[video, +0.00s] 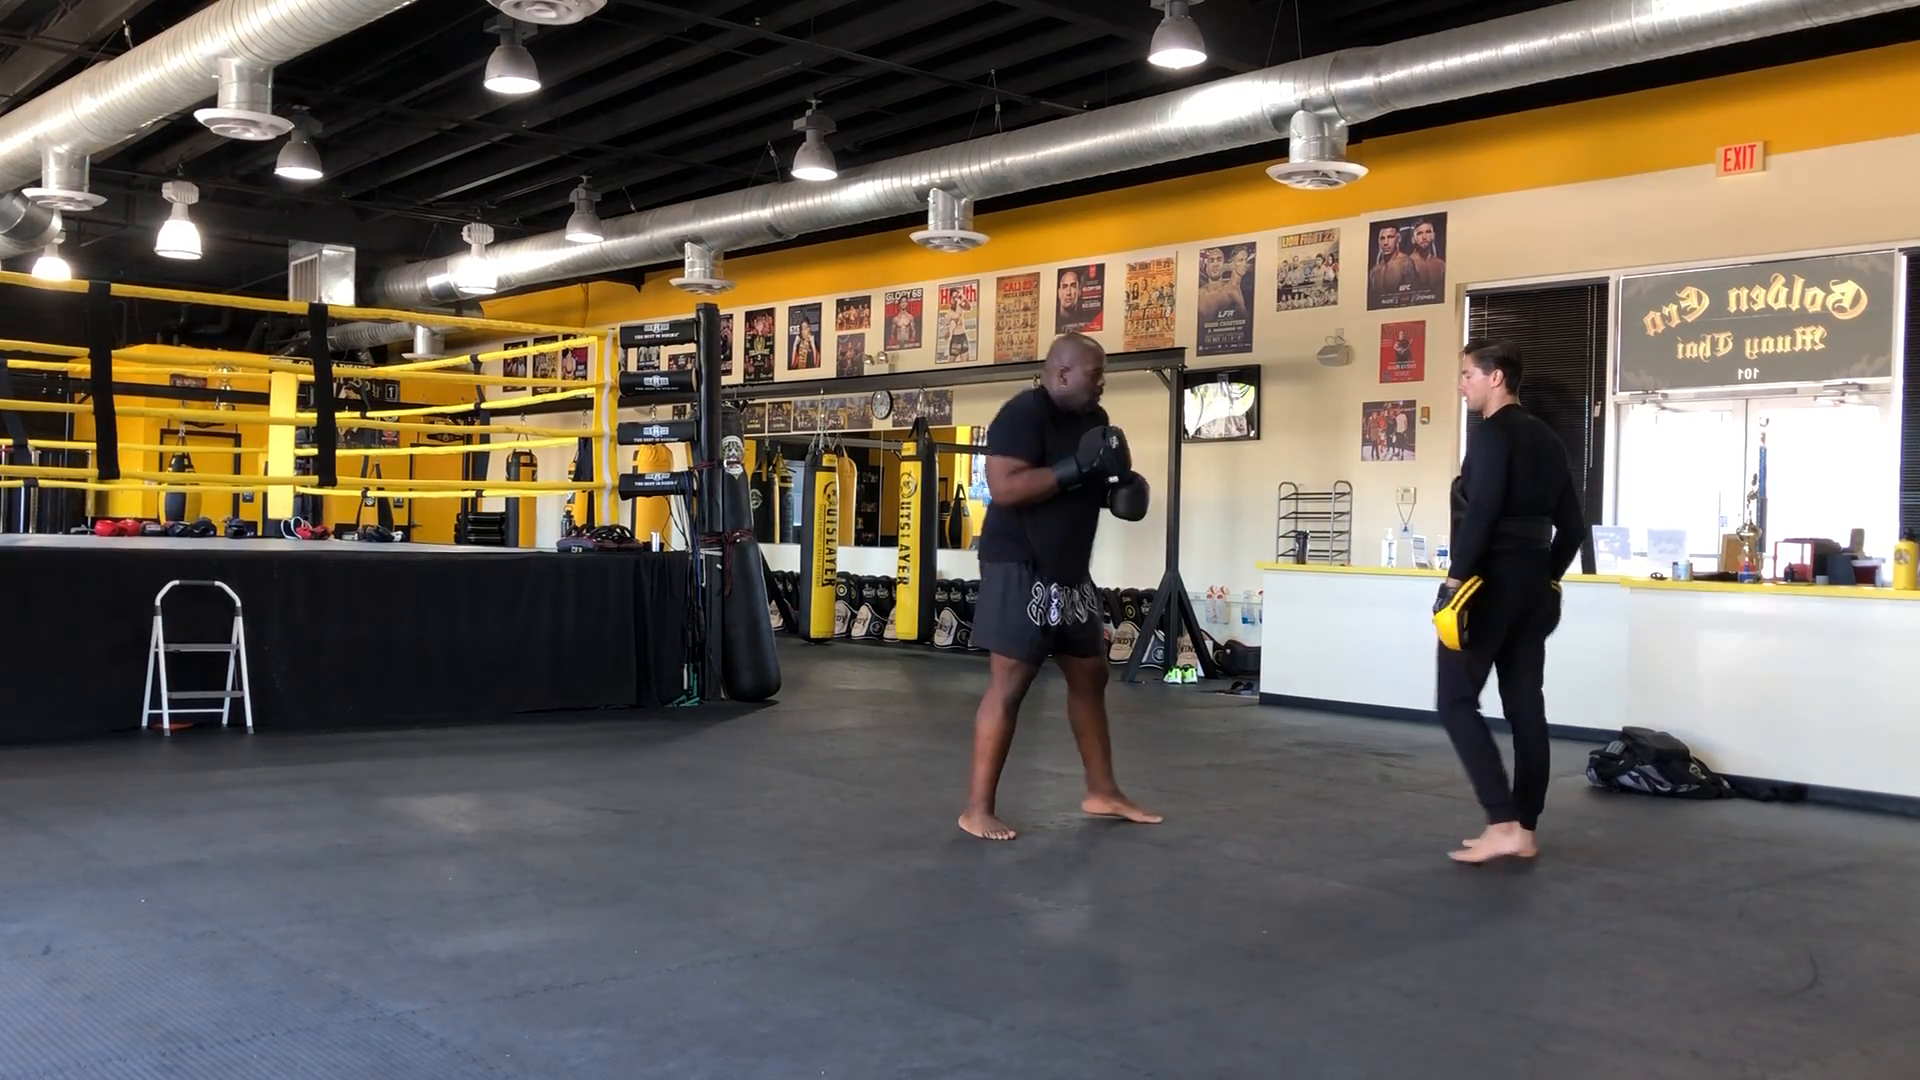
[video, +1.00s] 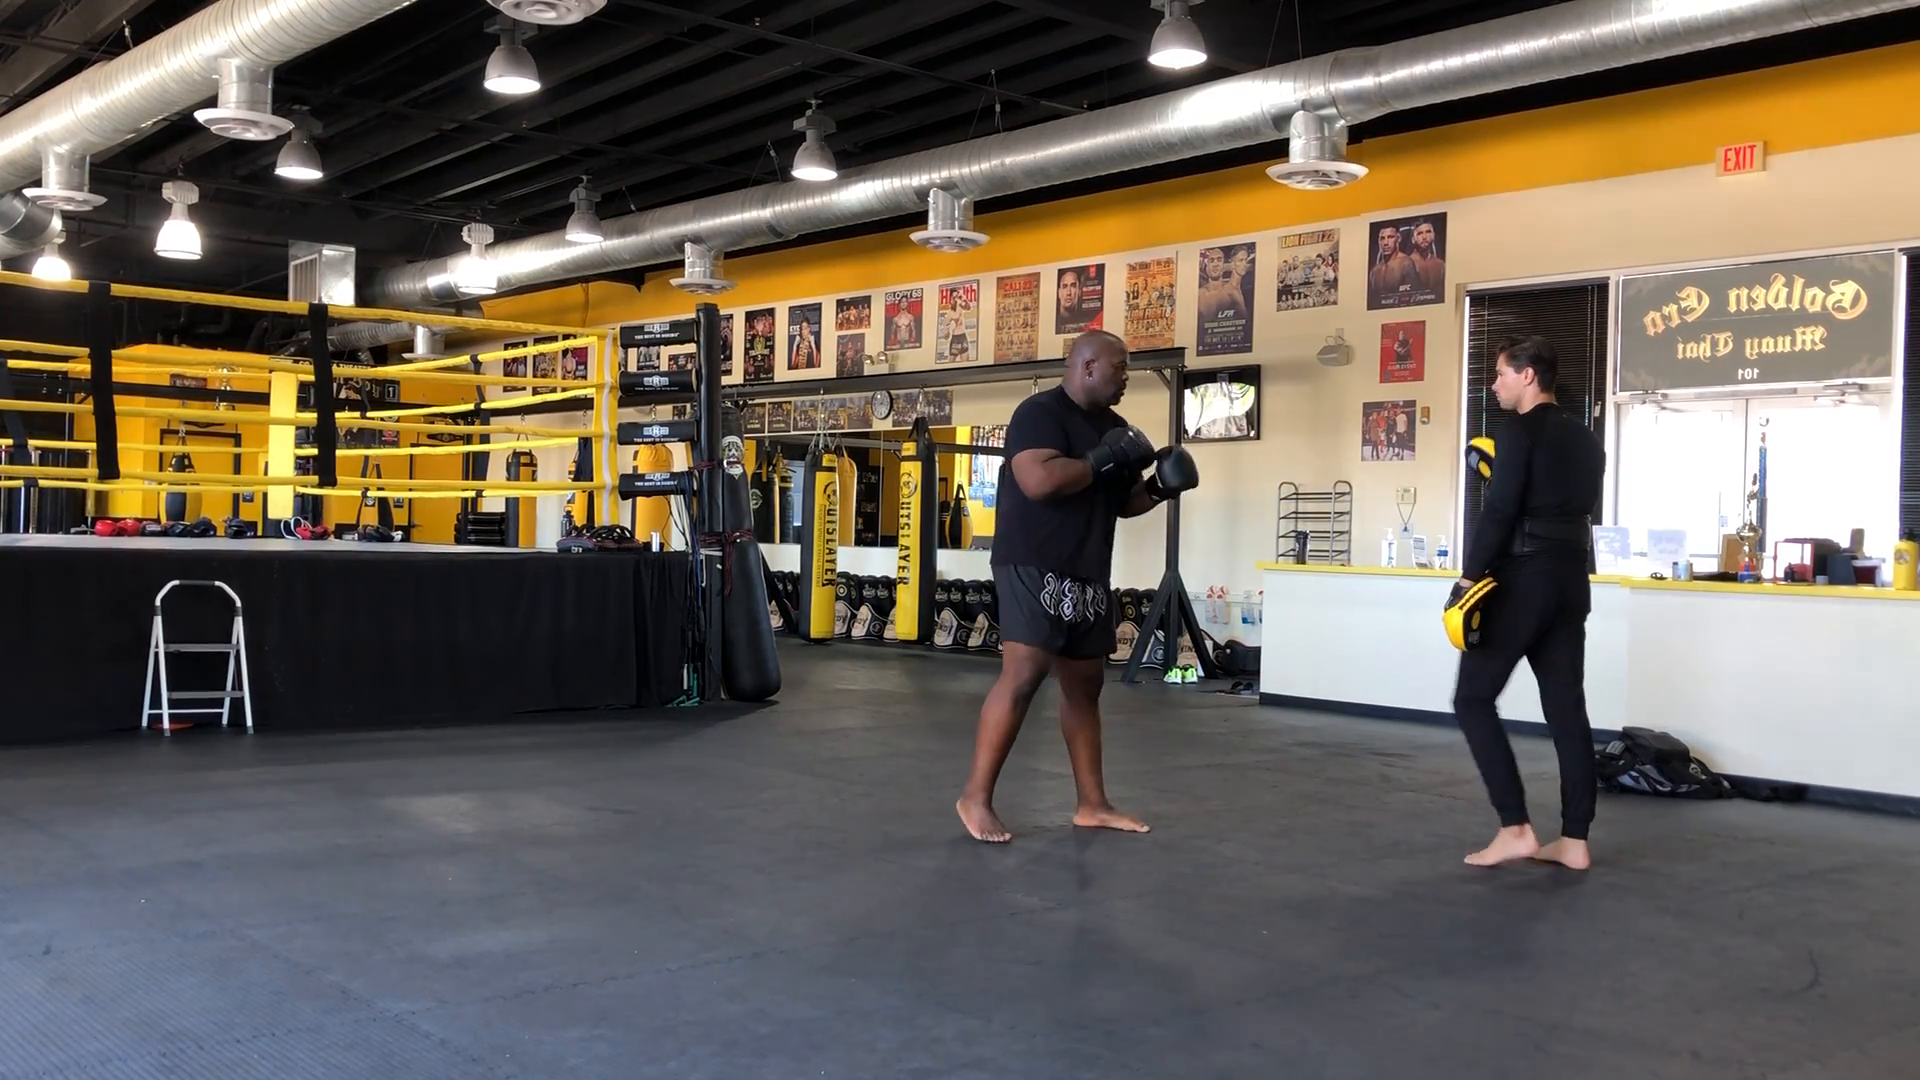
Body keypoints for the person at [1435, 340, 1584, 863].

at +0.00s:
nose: (1461, 386)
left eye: (1466, 376)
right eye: (1461, 376)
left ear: (1495, 378)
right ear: (1501, 381)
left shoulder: (1490, 431)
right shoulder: (1545, 436)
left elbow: (1481, 510)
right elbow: (1573, 526)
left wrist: (1453, 583)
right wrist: (1544, 577)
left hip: (1489, 586)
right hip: (1534, 586)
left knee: (1455, 703)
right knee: (1525, 705)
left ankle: (1503, 825)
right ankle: (1524, 831)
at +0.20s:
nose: (1466, 383)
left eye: (1472, 373)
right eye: (1467, 373)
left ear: (1500, 376)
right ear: (1506, 378)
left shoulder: (1496, 432)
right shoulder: (1556, 434)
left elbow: (1482, 512)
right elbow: (1583, 519)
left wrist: (1455, 582)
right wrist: (1553, 570)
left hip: (1500, 580)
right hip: (1544, 582)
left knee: (1498, 705)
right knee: (1527, 703)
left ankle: (1526, 840)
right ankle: (1523, 826)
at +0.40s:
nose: (1465, 384)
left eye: (1470, 375)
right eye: (1465, 374)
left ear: (1497, 377)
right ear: (1504, 378)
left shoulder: (1498, 432)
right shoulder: (1557, 428)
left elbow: (1485, 516)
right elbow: (1590, 509)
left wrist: (1450, 584)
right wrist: (1551, 544)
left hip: (1514, 575)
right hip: (1559, 574)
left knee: (1518, 709)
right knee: (1524, 705)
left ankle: (1529, 845)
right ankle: (1523, 823)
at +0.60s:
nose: (1473, 385)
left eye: (1477, 375)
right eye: (1473, 375)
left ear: (1508, 374)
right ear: (1515, 376)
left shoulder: (1507, 431)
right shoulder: (1568, 429)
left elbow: (1492, 517)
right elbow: (1588, 515)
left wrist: (1456, 582)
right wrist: (1520, 531)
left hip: (1519, 576)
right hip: (1565, 575)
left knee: (1519, 708)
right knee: (1535, 700)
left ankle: (1528, 844)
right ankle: (1558, 822)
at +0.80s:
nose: (1487, 384)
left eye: (1492, 374)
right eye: (1487, 375)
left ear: (1521, 374)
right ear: (1531, 375)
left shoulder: (1512, 431)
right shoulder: (1578, 433)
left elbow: (1495, 513)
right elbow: (1580, 509)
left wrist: (1469, 580)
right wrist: (1488, 495)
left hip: (1517, 584)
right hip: (1567, 585)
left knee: (1515, 712)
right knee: (1556, 706)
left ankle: (1527, 843)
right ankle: (1573, 839)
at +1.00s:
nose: (1495, 385)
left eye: (1501, 375)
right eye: (1496, 375)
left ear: (1529, 377)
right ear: (1540, 379)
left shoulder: (1518, 430)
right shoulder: (1585, 437)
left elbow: (1499, 511)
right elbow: (1578, 513)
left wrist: (1469, 583)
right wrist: (1506, 475)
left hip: (1523, 584)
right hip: (1571, 586)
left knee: (1472, 702)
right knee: (1567, 713)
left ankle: (1515, 829)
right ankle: (1574, 840)